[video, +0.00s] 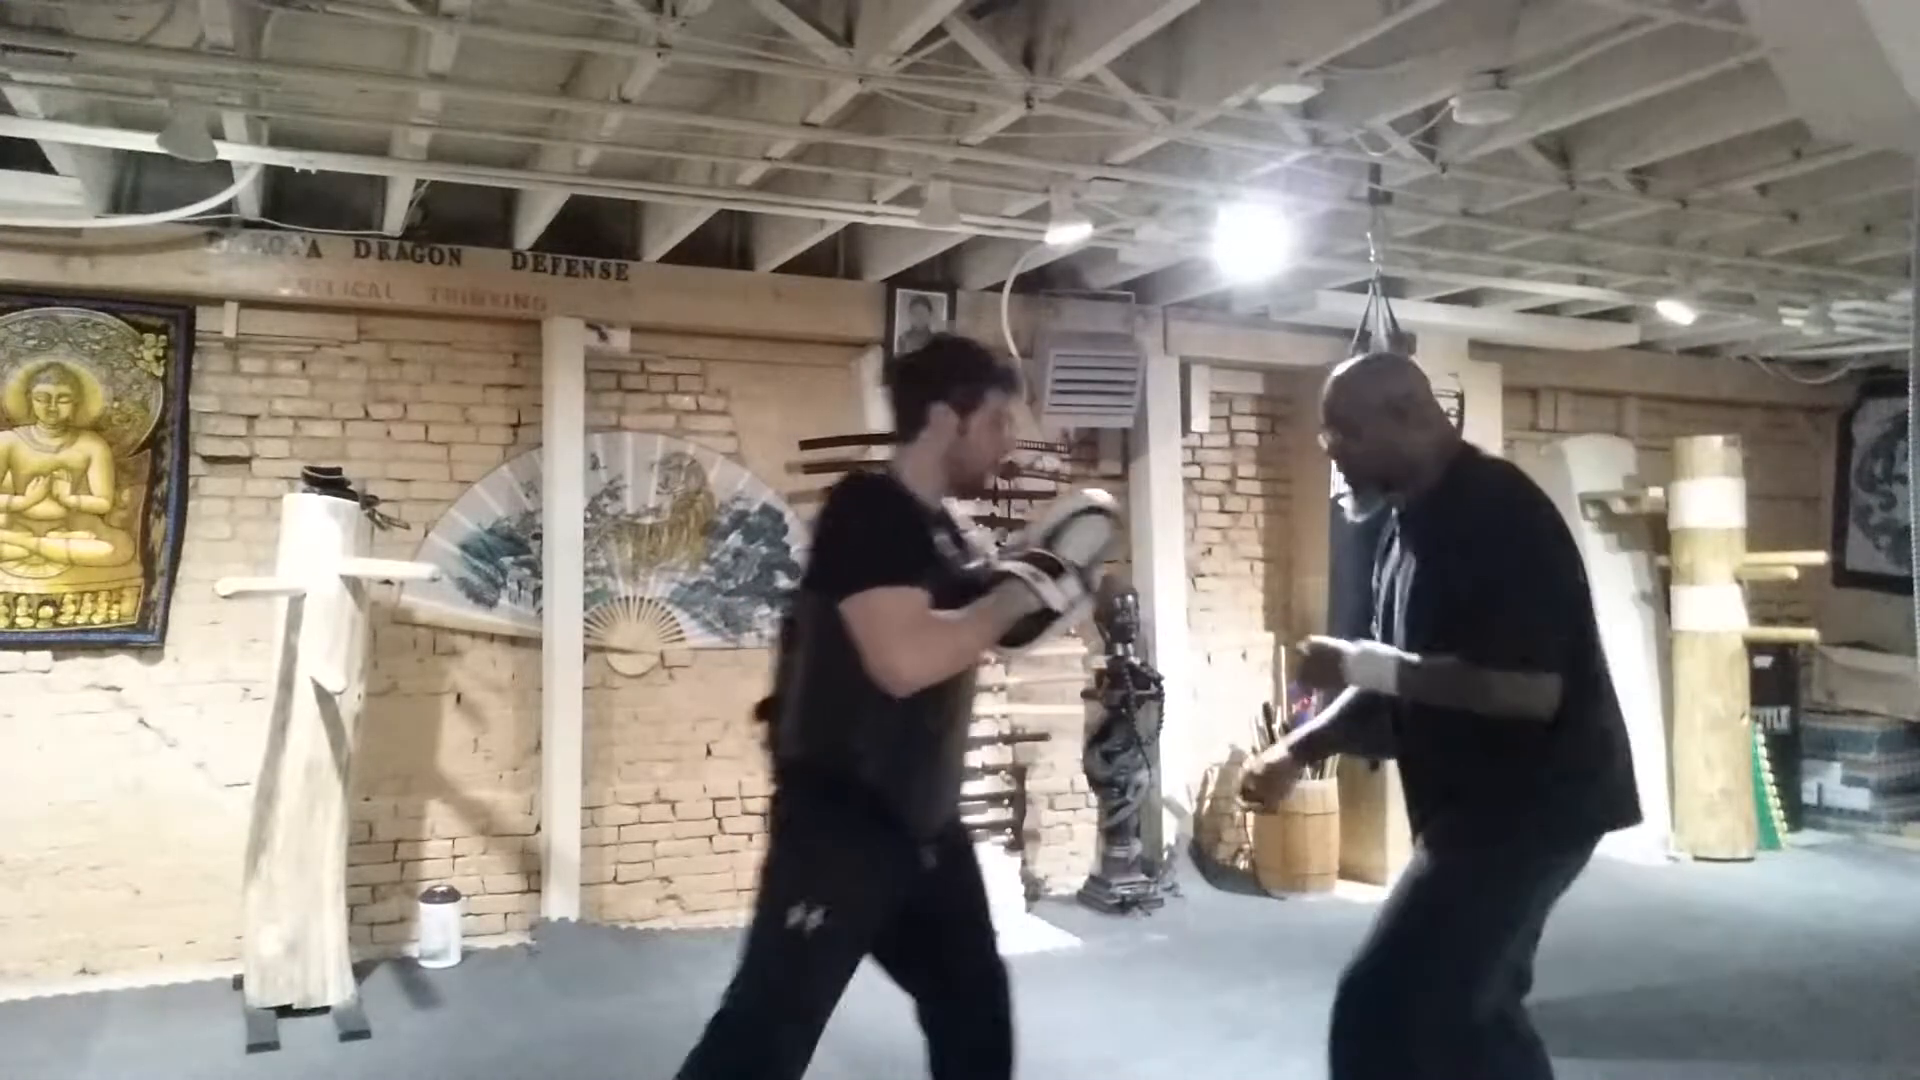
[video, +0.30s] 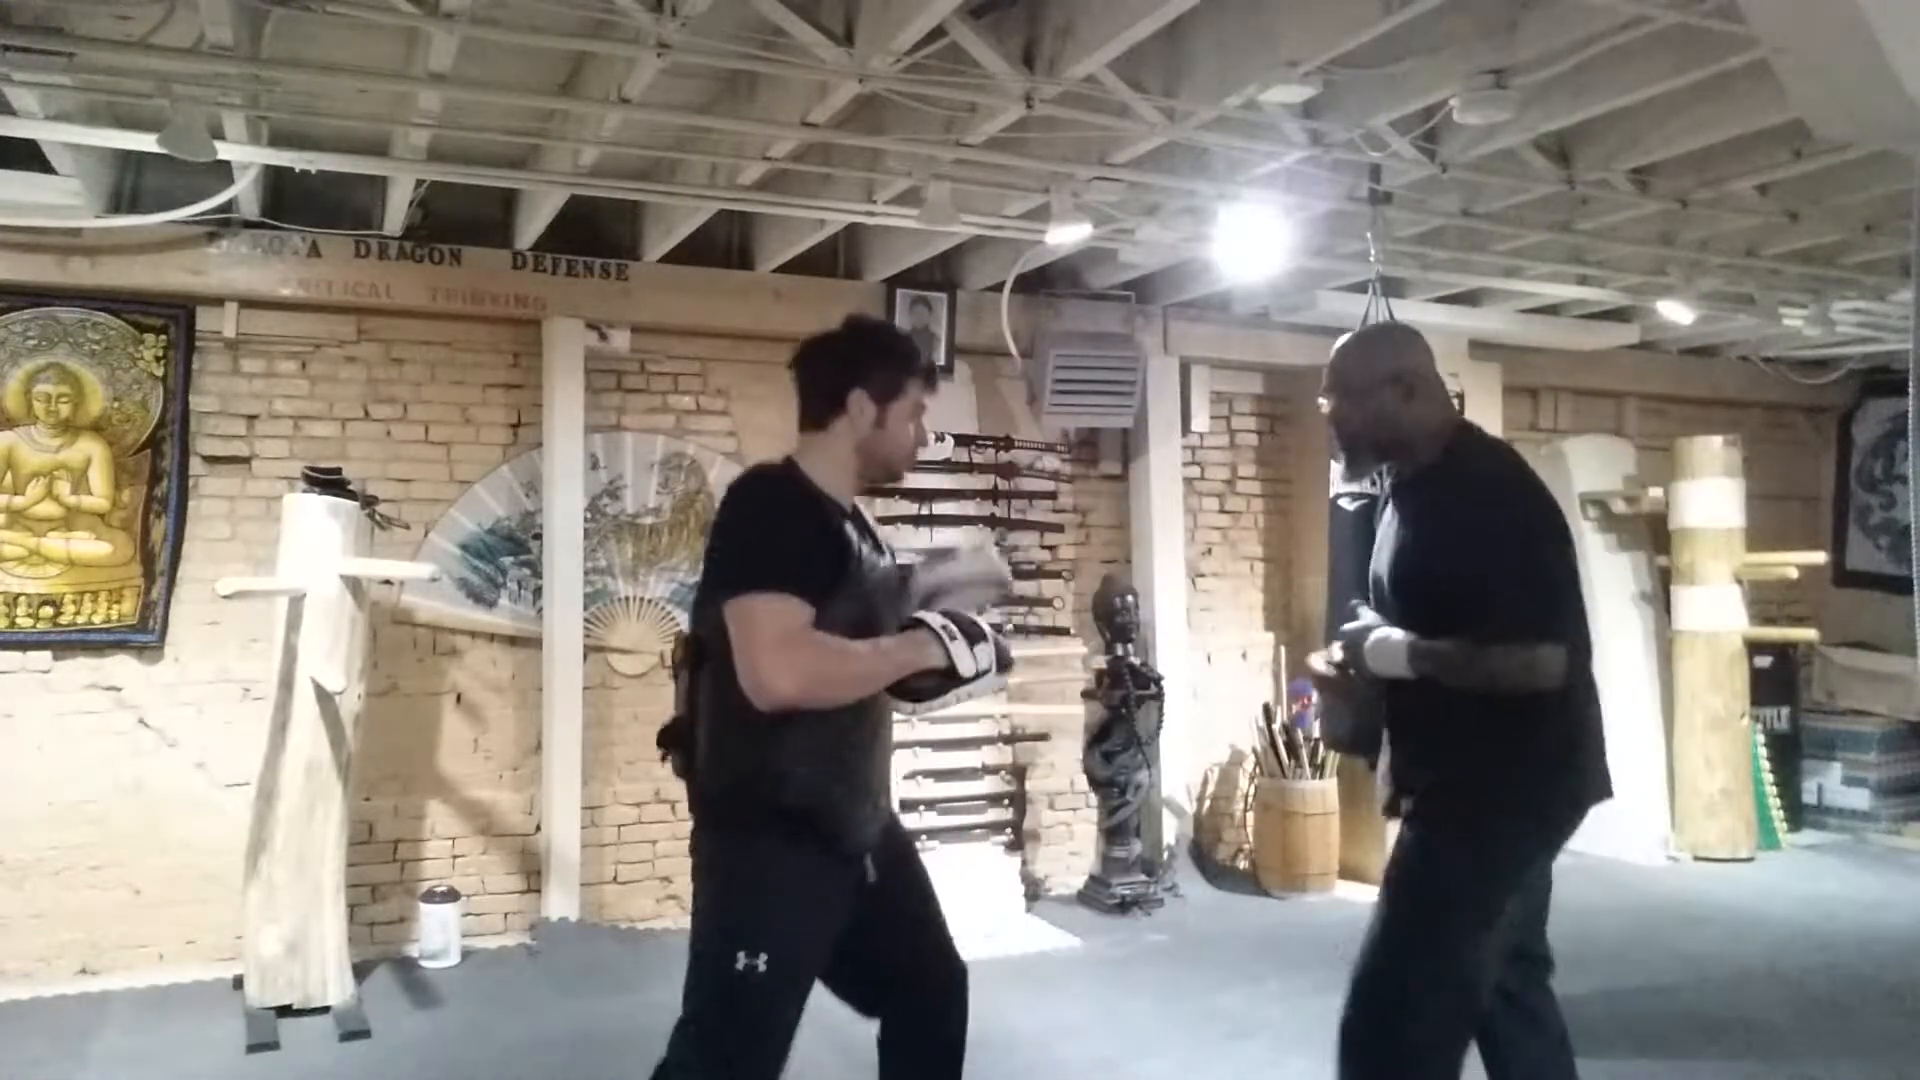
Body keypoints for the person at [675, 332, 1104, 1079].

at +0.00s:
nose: (1010, 445)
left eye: (1011, 426)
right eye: (1002, 423)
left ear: (945, 419)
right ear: (947, 416)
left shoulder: (945, 532)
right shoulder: (865, 508)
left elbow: (973, 627)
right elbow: (902, 660)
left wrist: (1044, 577)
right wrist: (1010, 596)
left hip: (920, 833)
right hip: (836, 831)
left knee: (975, 1028)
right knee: (763, 1038)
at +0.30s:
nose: (924, 435)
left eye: (924, 416)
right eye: (915, 412)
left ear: (862, 410)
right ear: (861, 407)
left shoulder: (856, 528)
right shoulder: (769, 501)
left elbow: (838, 656)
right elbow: (776, 669)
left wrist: (933, 640)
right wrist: (921, 646)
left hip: (854, 835)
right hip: (767, 842)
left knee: (930, 995)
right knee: (724, 1057)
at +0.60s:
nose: (935, 432)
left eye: (934, 413)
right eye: (926, 410)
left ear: (874, 406)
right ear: (873, 403)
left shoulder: (862, 523)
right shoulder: (790, 498)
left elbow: (932, 649)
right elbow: (809, 657)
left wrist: (984, 604)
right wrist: (959, 613)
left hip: (867, 823)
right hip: (792, 827)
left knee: (907, 1042)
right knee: (781, 1053)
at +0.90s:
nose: (902, 440)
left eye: (902, 421)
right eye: (894, 417)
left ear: (832, 413)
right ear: (833, 410)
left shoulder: (829, 527)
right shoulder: (742, 513)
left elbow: (877, 610)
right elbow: (845, 665)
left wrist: (953, 556)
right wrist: (940, 554)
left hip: (849, 835)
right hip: (766, 846)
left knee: (926, 1008)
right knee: (762, 1064)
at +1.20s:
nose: (913, 437)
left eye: (914, 416)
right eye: (905, 413)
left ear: (848, 412)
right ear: (849, 410)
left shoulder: (845, 522)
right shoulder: (779, 511)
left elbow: (863, 647)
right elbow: (803, 684)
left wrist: (938, 579)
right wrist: (956, 605)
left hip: (880, 834)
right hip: (809, 837)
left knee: (928, 1037)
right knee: (778, 1057)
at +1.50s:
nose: (899, 433)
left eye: (899, 412)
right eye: (890, 409)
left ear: (836, 408)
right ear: (836, 406)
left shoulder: (838, 522)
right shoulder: (765, 513)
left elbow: (849, 649)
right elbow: (816, 684)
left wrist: (943, 593)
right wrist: (938, 582)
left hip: (879, 836)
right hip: (803, 841)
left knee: (932, 1038)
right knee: (781, 1059)